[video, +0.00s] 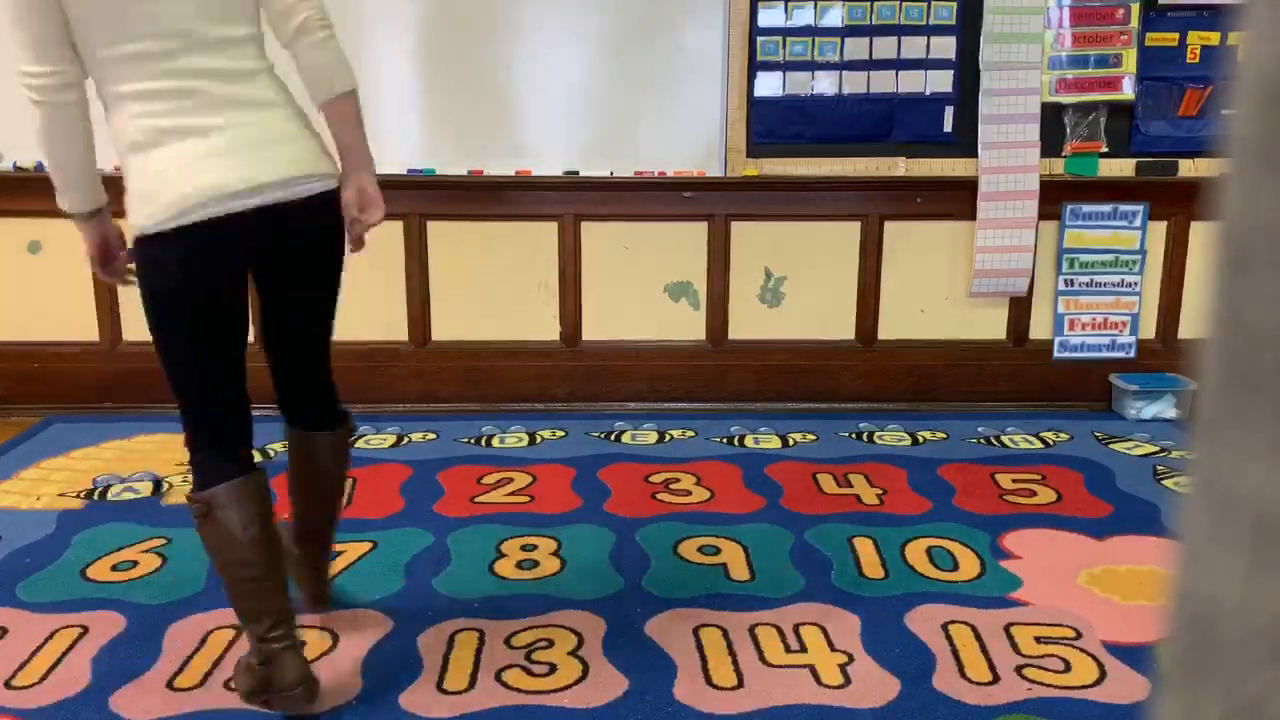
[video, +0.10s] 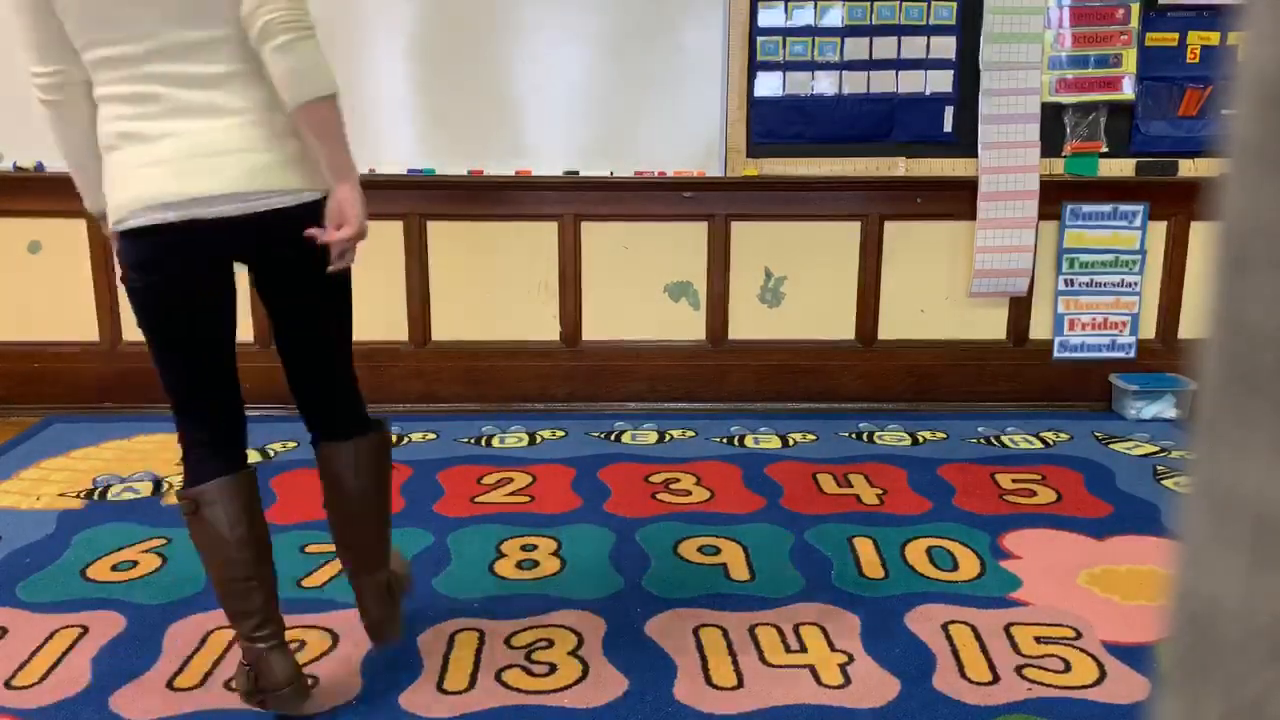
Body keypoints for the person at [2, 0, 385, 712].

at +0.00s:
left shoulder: (40, 3)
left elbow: (51, 82)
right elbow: (302, 23)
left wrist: (90, 214)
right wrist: (359, 163)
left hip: (176, 206)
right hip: (299, 184)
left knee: (216, 426)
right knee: (308, 381)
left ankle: (276, 653)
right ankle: (312, 570)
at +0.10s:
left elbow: (56, 80)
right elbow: (278, 27)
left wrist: (106, 205)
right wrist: (343, 176)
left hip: (152, 205)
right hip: (280, 183)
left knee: (208, 432)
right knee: (334, 402)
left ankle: (266, 653)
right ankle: (377, 597)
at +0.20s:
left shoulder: (71, 5)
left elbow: (83, 81)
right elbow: (234, 47)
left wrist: (122, 195)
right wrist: (296, 196)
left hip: (144, 216)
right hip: (255, 202)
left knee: (211, 428)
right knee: (319, 418)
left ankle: (256, 656)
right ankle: (349, 637)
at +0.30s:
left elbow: (95, 75)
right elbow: (197, 51)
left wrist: (127, 195)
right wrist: (249, 204)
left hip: (141, 207)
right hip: (228, 203)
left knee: (213, 424)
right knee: (293, 424)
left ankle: (234, 648)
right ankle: (265, 668)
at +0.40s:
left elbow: (97, 76)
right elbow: (185, 59)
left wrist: (122, 220)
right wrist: (234, 222)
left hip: (160, 213)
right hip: (201, 218)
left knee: (247, 432)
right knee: (268, 440)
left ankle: (225, 654)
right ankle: (184, 682)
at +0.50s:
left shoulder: (104, 12)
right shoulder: (159, 5)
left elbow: (101, 117)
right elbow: (179, 108)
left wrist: (106, 270)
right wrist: (250, 279)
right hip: (175, 268)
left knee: (292, 453)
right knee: (267, 471)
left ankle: (210, 654)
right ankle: (151, 696)